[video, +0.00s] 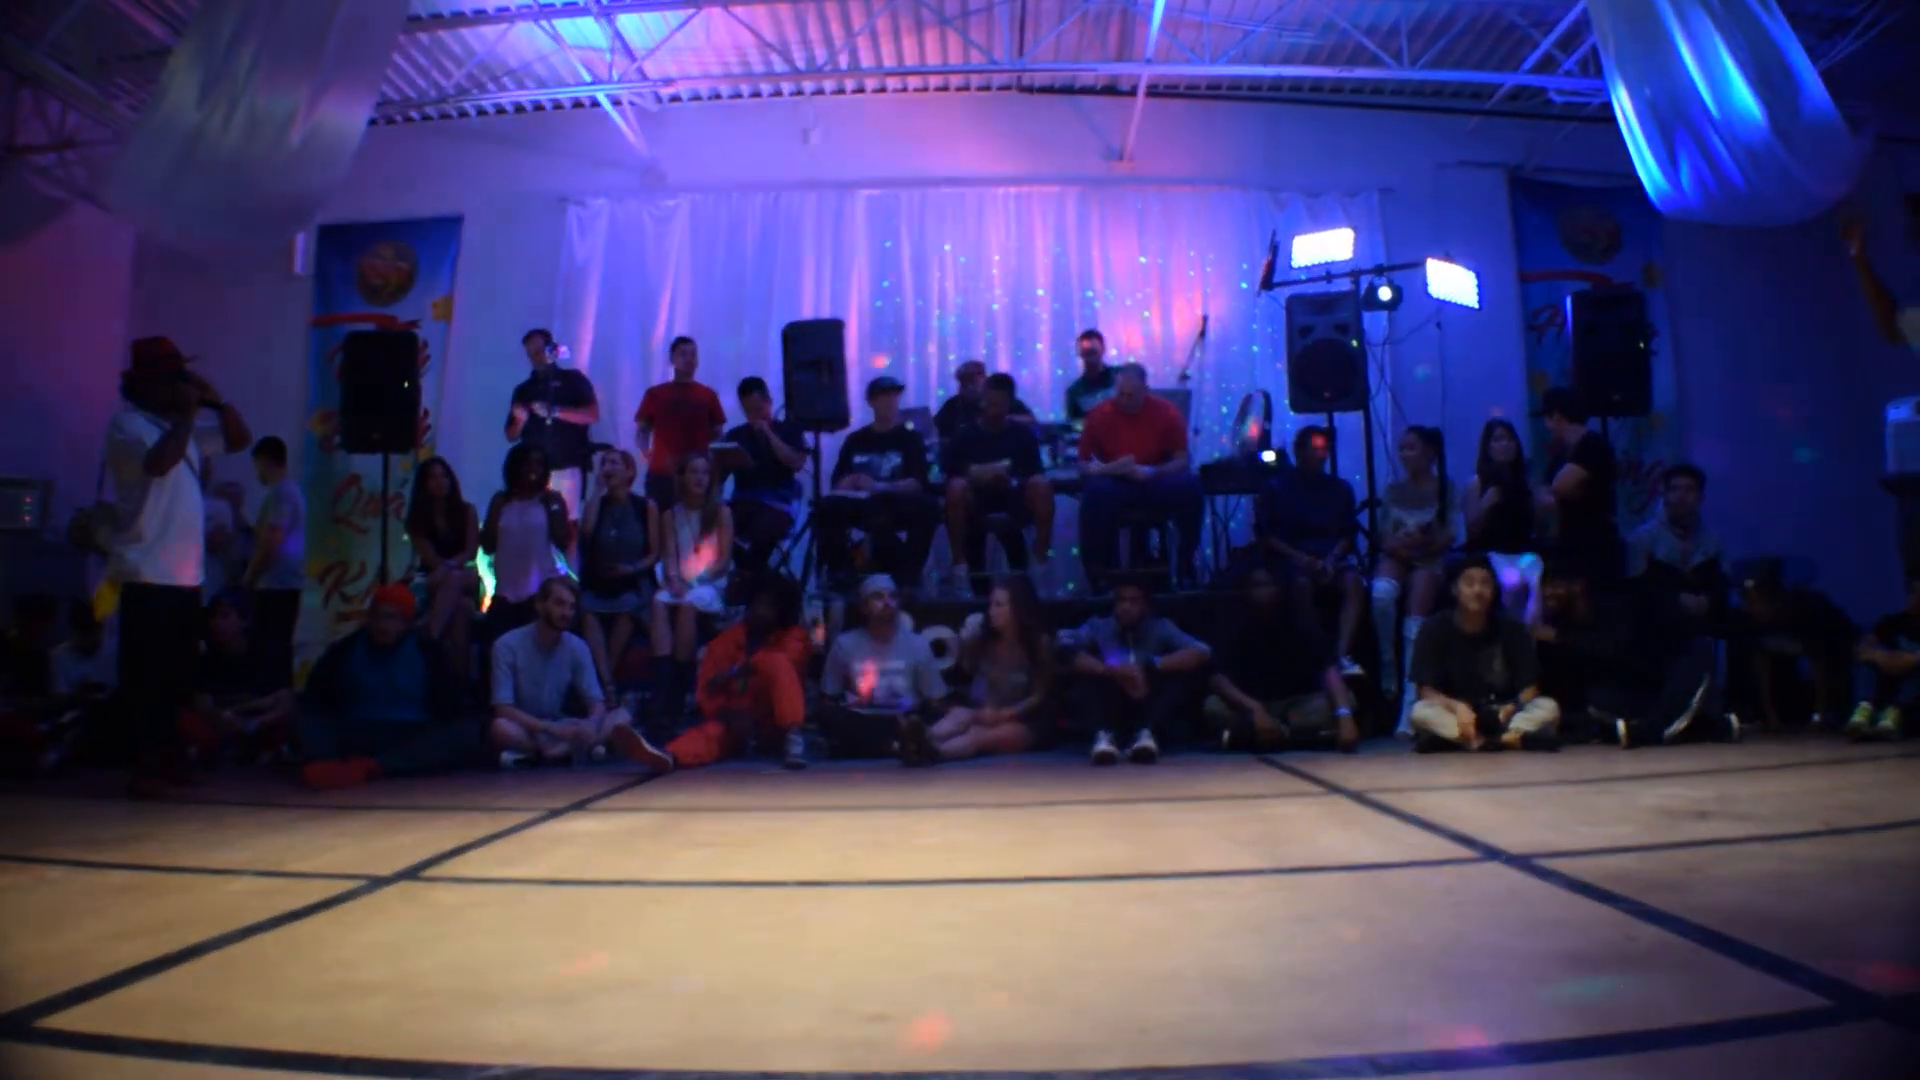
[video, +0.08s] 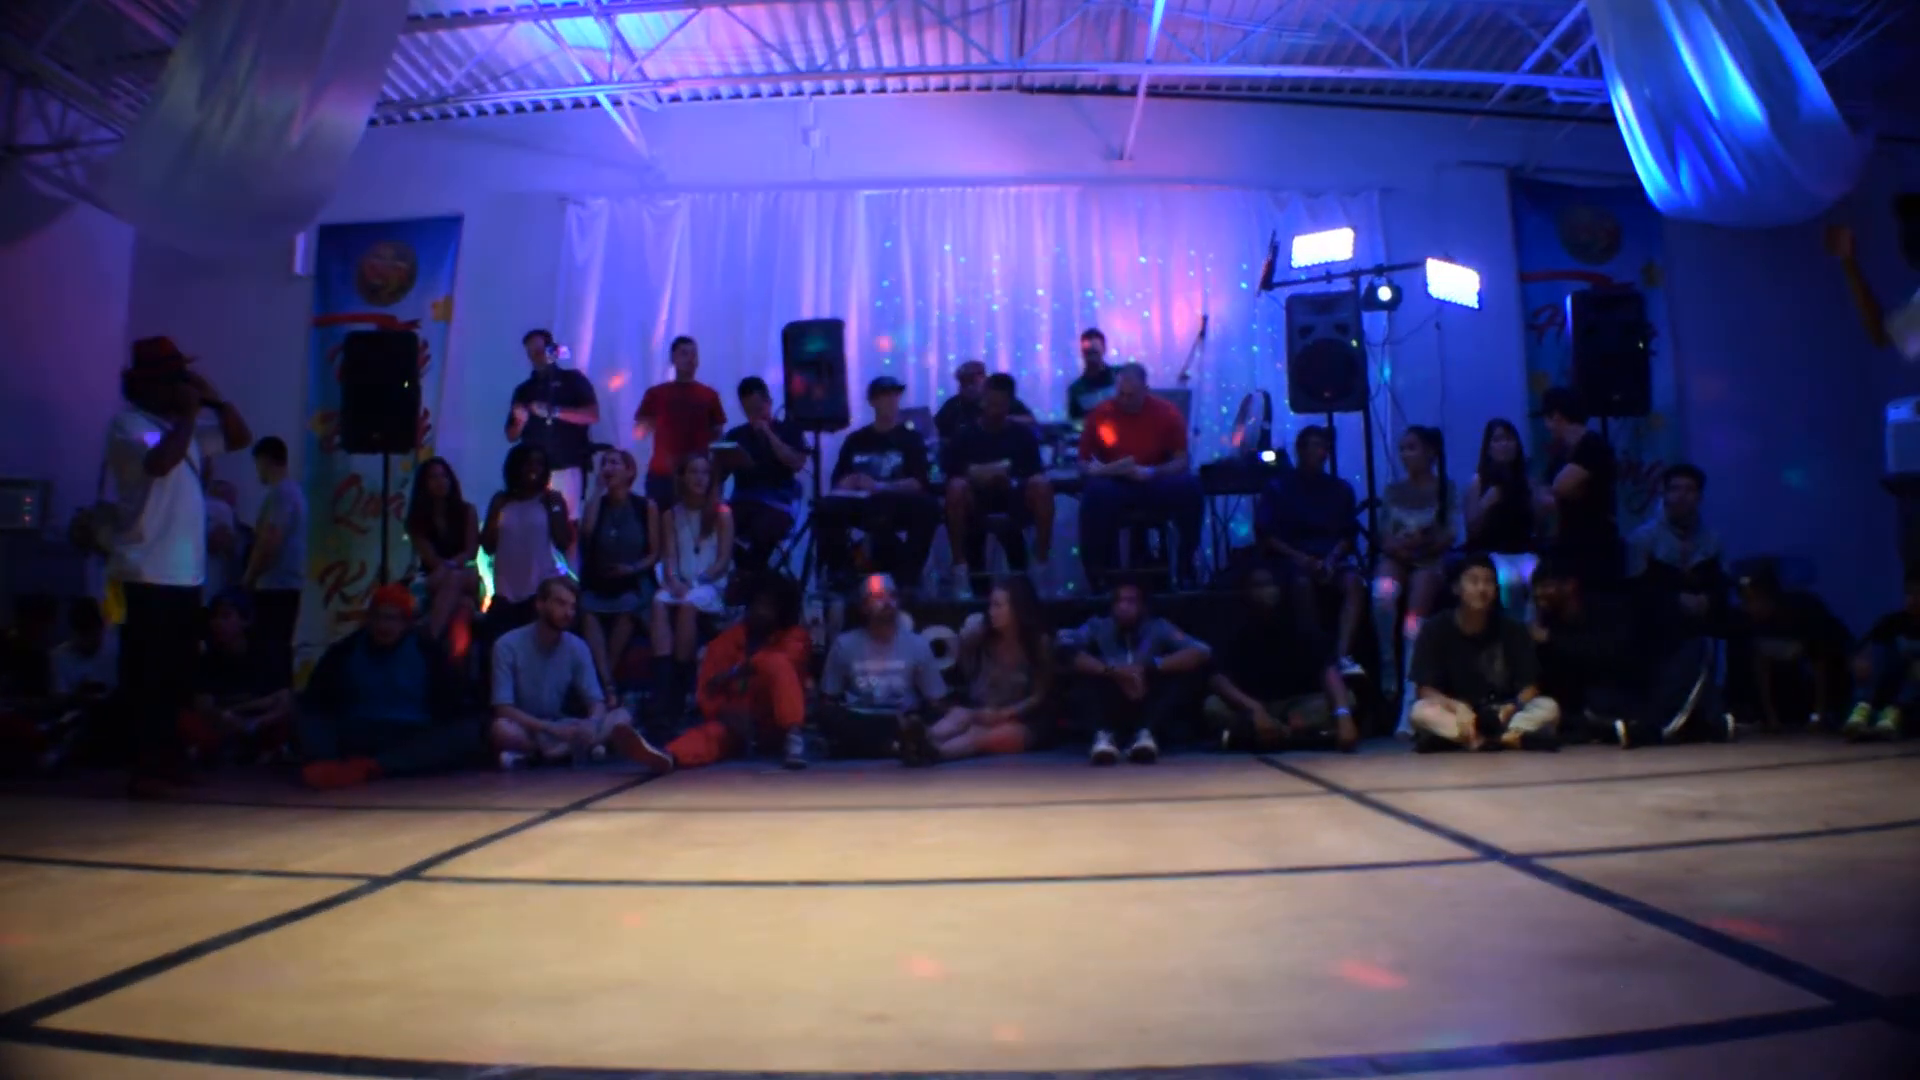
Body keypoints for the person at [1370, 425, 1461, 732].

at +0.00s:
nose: (1404, 455)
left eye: (1411, 448)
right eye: (1402, 448)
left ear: (1429, 452)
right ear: (1399, 454)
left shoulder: (1446, 490)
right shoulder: (1393, 491)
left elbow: (1452, 533)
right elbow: (1383, 534)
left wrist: (1420, 543)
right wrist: (1401, 542)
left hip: (1428, 556)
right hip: (1395, 556)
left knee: (1414, 627)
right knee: (1381, 594)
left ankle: (1410, 702)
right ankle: (1387, 669)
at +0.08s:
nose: (1405, 455)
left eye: (1412, 448)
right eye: (1403, 449)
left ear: (1430, 452)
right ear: (1400, 454)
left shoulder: (1446, 489)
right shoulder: (1392, 491)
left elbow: (1452, 531)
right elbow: (1383, 531)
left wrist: (1423, 542)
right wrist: (1396, 545)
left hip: (1428, 558)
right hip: (1394, 557)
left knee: (1413, 624)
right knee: (1384, 592)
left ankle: (1411, 690)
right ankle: (1387, 668)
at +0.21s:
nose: (1406, 454)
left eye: (1412, 448)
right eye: (1403, 449)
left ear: (1429, 452)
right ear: (1400, 454)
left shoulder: (1445, 490)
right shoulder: (1392, 491)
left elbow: (1450, 533)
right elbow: (1383, 532)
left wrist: (1417, 542)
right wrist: (1398, 544)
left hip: (1427, 555)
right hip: (1394, 555)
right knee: (1381, 593)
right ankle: (1386, 669)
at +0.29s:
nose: (1406, 455)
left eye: (1413, 448)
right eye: (1403, 449)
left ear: (1430, 453)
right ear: (1399, 454)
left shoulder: (1444, 491)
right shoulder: (1392, 491)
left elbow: (1449, 533)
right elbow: (1382, 531)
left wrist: (1419, 546)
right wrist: (1396, 546)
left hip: (1426, 558)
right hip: (1393, 556)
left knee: (1414, 625)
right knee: (1381, 596)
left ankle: (1409, 696)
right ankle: (1385, 671)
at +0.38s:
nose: (1408, 454)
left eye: (1414, 448)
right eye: (1404, 448)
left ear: (1430, 452)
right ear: (1400, 454)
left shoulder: (1444, 490)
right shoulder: (1392, 491)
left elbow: (1450, 533)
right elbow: (1382, 531)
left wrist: (1420, 543)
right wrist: (1395, 546)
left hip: (1426, 558)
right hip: (1394, 557)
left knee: (1413, 628)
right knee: (1380, 596)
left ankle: (1410, 693)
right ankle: (1385, 666)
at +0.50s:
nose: (1409, 452)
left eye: (1415, 446)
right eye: (1403, 447)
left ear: (1427, 451)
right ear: (1398, 454)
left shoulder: (1442, 490)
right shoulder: (1388, 493)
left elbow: (1447, 533)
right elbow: (1380, 533)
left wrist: (1417, 542)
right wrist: (1396, 548)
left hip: (1426, 557)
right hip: (1393, 556)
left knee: (1413, 628)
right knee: (1381, 596)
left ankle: (1409, 694)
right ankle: (1385, 669)